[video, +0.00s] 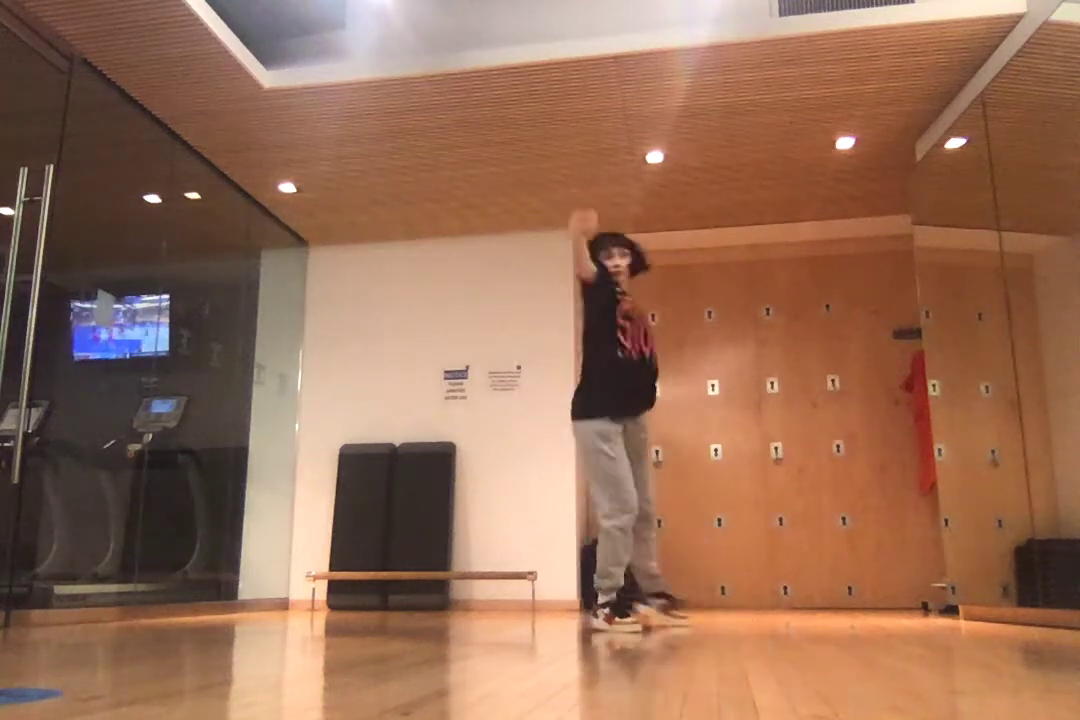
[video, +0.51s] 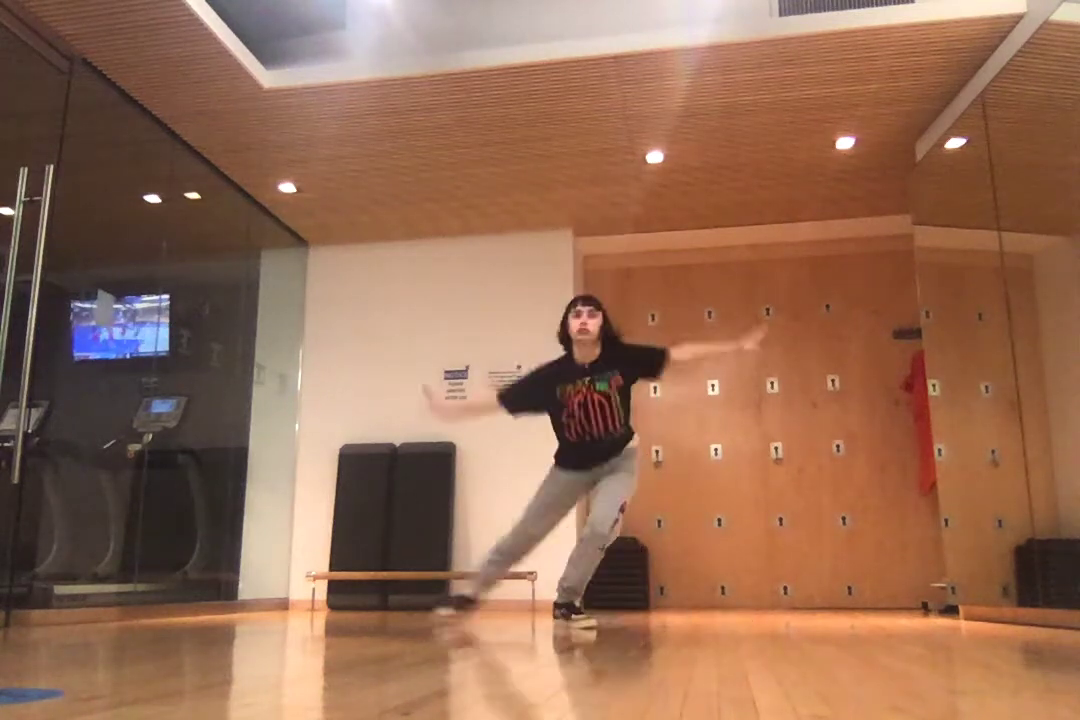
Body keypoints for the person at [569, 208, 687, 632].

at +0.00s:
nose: (615, 262)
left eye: (622, 255)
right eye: (607, 256)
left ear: (633, 263)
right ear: (598, 264)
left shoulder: (634, 306)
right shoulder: (597, 292)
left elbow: (646, 353)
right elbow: (583, 268)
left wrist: (643, 318)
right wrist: (578, 236)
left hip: (631, 412)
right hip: (596, 414)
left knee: (642, 507)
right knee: (619, 507)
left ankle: (649, 591)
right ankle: (608, 598)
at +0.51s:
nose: (583, 322)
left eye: (591, 315)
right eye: (577, 316)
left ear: (603, 325)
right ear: (566, 327)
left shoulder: (624, 358)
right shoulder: (552, 375)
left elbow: (682, 355)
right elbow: (498, 401)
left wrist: (736, 346)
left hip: (617, 461)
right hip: (571, 468)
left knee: (602, 528)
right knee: (527, 531)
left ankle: (567, 601)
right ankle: (472, 593)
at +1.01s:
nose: (584, 311)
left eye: (592, 304)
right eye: (579, 306)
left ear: (608, 309)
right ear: (574, 313)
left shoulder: (619, 356)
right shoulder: (570, 339)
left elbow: (637, 419)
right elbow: (532, 355)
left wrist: (586, 425)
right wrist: (570, 366)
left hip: (617, 449)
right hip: (584, 451)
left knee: (609, 532)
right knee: (530, 507)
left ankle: (662, 598)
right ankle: (561, 585)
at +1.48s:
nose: (562, 281)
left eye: (568, 275)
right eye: (553, 275)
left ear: (575, 284)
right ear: (537, 286)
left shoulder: (584, 330)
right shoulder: (521, 332)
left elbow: (616, 370)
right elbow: (500, 384)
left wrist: (583, 341)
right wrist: (527, 348)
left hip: (577, 430)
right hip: (527, 434)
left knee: (603, 505)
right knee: (492, 509)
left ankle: (650, 586)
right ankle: (470, 590)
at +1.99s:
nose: (563, 317)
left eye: (570, 311)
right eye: (556, 311)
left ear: (580, 319)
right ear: (545, 319)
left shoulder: (589, 355)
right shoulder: (525, 360)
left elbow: (640, 377)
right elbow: (484, 402)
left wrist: (591, 386)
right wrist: (533, 397)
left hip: (588, 455)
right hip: (541, 457)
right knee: (513, 527)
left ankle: (653, 588)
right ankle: (463, 592)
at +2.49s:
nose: (609, 306)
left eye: (608, 299)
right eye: (604, 299)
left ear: (584, 300)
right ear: (587, 301)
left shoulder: (593, 337)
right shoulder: (562, 331)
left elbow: (589, 383)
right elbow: (541, 372)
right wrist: (589, 351)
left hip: (598, 450)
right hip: (562, 444)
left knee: (635, 513)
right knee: (539, 531)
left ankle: (648, 603)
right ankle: (474, 587)